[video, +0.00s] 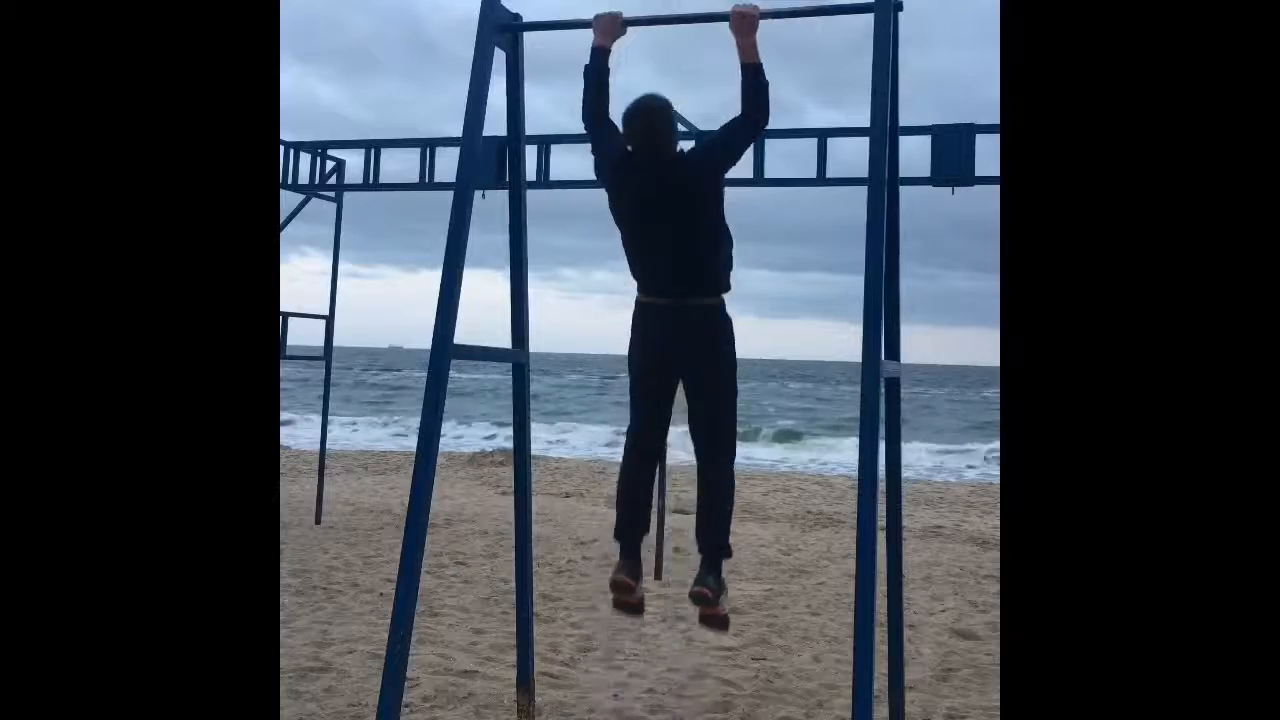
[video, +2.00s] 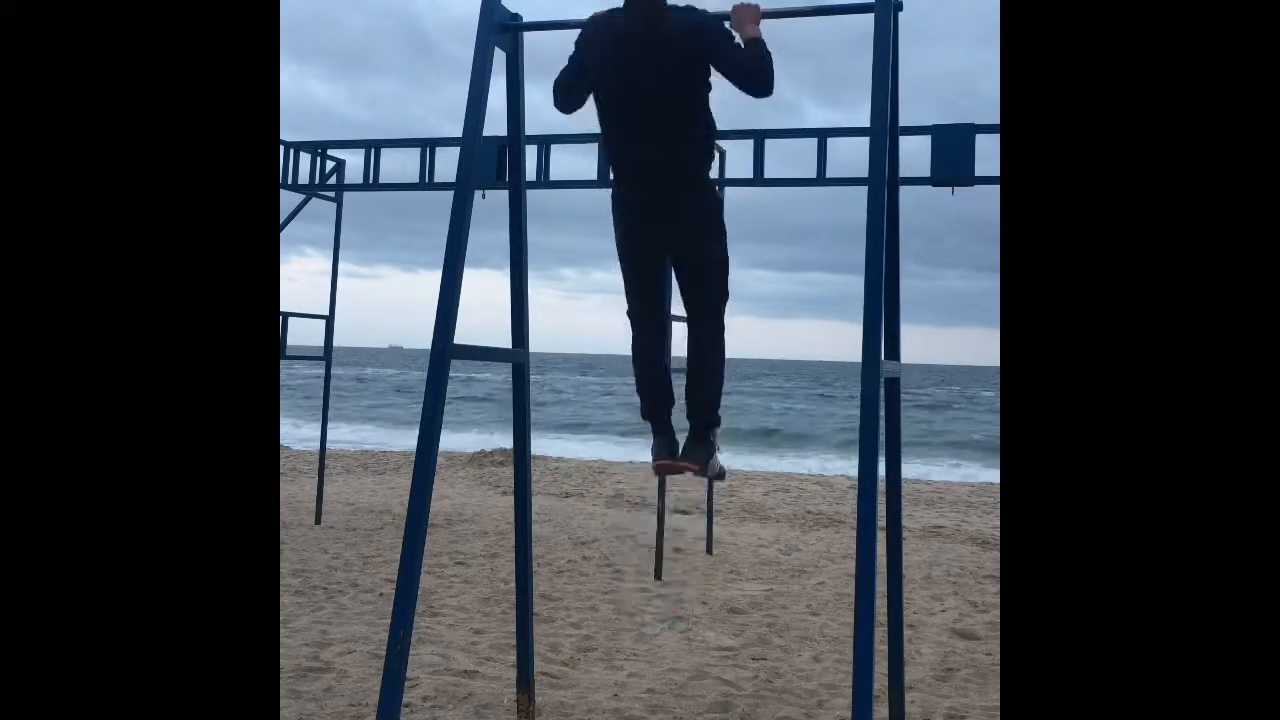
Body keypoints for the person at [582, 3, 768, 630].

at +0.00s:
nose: (677, 125)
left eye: (661, 123)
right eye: (674, 121)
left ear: (628, 137)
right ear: (674, 132)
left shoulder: (619, 172)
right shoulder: (703, 165)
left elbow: (595, 113)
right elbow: (753, 116)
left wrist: (600, 46)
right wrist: (748, 43)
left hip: (651, 323)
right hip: (706, 324)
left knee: (643, 440)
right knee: (715, 450)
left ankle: (627, 564)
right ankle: (710, 574)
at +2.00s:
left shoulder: (600, 32)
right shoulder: (697, 25)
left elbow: (566, 99)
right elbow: (759, 81)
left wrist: (596, 40)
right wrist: (751, 33)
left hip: (635, 204)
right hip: (693, 200)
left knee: (647, 323)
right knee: (707, 319)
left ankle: (662, 441)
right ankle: (701, 443)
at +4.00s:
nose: (686, 125)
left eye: (679, 121)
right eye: (682, 121)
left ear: (630, 138)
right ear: (678, 132)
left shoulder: (620, 170)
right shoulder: (706, 165)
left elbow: (592, 115)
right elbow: (757, 114)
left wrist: (600, 46)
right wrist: (750, 45)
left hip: (643, 339)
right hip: (697, 341)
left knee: (634, 470)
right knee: (688, 477)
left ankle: (625, 605)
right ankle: (662, 610)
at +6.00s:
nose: (633, 22)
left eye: (625, 16)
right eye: (656, 15)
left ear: (621, 21)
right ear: (668, 19)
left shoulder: (601, 70)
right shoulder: (696, 65)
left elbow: (567, 105)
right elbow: (772, 96)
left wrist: (596, 41)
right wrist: (754, 38)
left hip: (637, 238)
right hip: (695, 235)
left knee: (648, 364)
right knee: (705, 360)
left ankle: (660, 489)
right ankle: (697, 489)